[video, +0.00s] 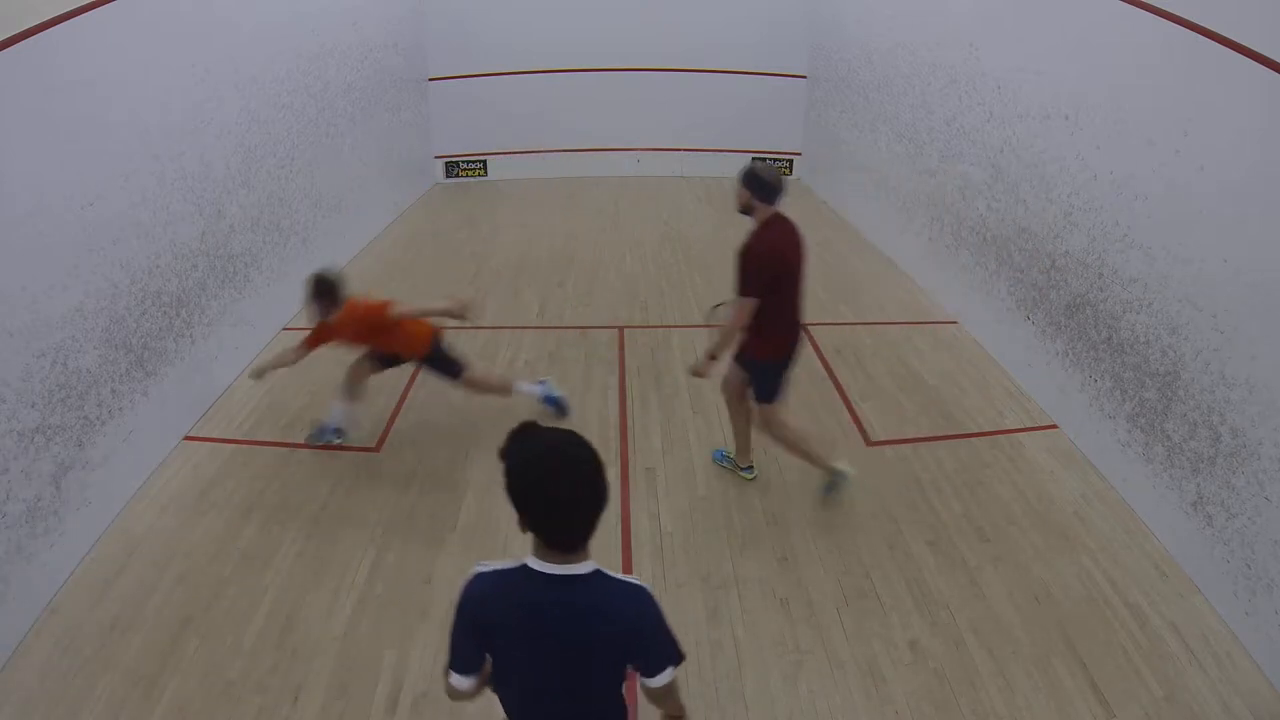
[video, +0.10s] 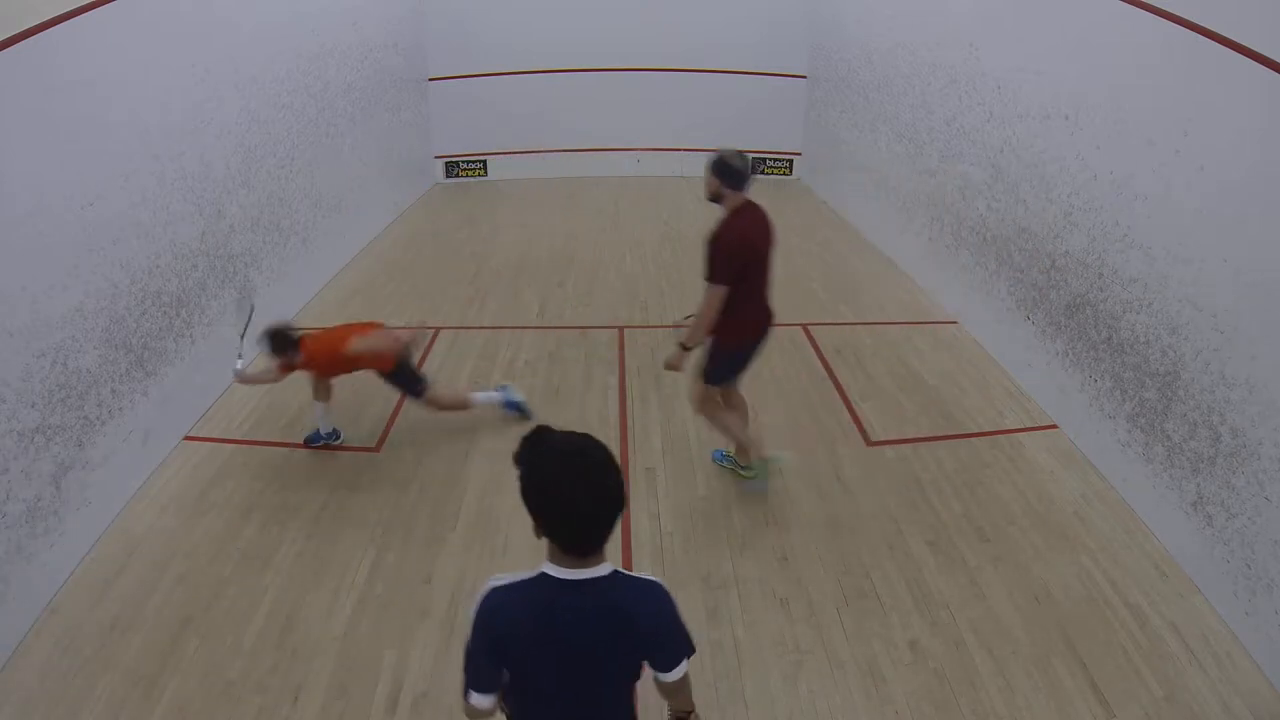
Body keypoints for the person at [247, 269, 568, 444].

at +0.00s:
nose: (311, 309)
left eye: (313, 303)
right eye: (312, 303)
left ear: (324, 302)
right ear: (327, 301)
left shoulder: (359, 312)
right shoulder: (326, 326)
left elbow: (406, 312)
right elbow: (296, 354)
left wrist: (448, 311)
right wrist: (265, 367)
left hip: (422, 342)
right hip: (394, 346)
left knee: (472, 381)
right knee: (357, 370)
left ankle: (540, 391)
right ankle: (338, 426)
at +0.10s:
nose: (274, 357)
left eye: (275, 355)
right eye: (273, 354)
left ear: (286, 353)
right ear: (291, 340)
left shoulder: (316, 357)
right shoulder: (303, 347)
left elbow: (372, 343)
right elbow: (275, 374)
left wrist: (404, 341)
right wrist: (243, 377)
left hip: (388, 358)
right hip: (371, 341)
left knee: (435, 400)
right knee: (318, 376)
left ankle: (502, 397)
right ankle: (325, 430)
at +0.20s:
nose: (264, 385)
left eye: (262, 381)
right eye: (260, 382)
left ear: (268, 374)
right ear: (270, 358)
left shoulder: (299, 369)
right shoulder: (287, 351)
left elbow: (329, 392)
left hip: (368, 348)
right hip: (356, 326)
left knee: (398, 401)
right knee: (306, 384)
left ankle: (464, 393)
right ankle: (328, 430)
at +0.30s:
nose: (262, 381)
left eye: (257, 379)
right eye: (257, 380)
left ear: (260, 372)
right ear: (261, 354)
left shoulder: (283, 367)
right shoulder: (280, 344)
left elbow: (306, 408)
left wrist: (312, 439)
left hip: (354, 343)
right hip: (347, 318)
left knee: (367, 393)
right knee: (307, 374)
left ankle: (427, 389)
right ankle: (329, 426)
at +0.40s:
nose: (251, 369)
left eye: (248, 366)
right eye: (247, 368)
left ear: (251, 360)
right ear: (254, 343)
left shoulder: (273, 362)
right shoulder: (269, 337)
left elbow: (285, 399)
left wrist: (284, 435)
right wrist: (316, 357)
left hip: (349, 334)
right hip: (339, 311)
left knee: (341, 387)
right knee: (301, 368)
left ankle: (396, 382)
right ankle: (327, 428)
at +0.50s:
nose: (241, 350)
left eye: (237, 346)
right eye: (237, 348)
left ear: (240, 341)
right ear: (246, 324)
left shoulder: (262, 344)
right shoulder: (265, 319)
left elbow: (274, 379)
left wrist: (271, 385)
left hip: (343, 328)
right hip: (339, 306)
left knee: (324, 384)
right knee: (304, 368)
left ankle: (373, 386)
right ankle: (328, 428)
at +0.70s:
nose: (229, 298)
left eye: (227, 291)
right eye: (225, 294)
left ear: (233, 285)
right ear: (242, 274)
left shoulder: (257, 303)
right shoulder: (265, 277)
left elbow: (277, 343)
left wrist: (276, 328)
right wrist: (277, 326)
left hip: (332, 321)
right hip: (336, 300)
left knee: (321, 383)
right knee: (310, 367)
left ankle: (367, 421)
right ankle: (328, 427)